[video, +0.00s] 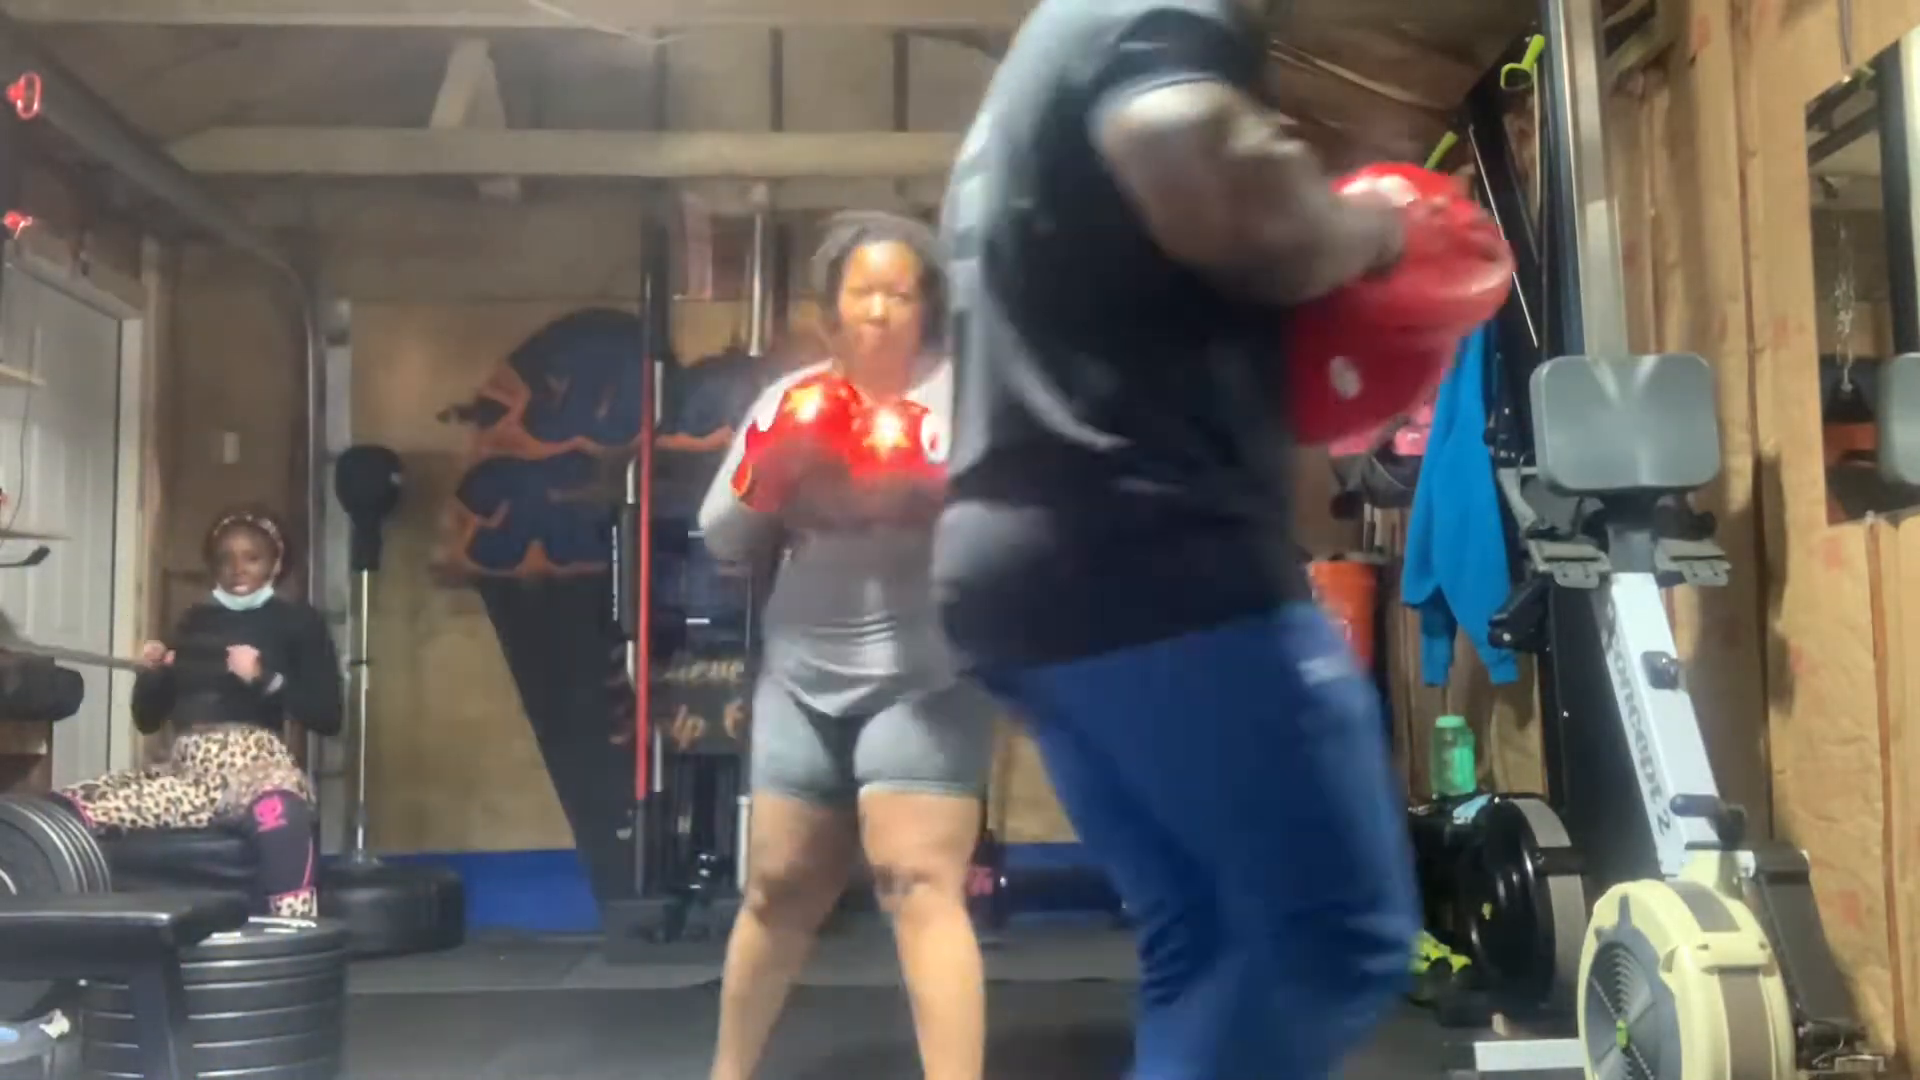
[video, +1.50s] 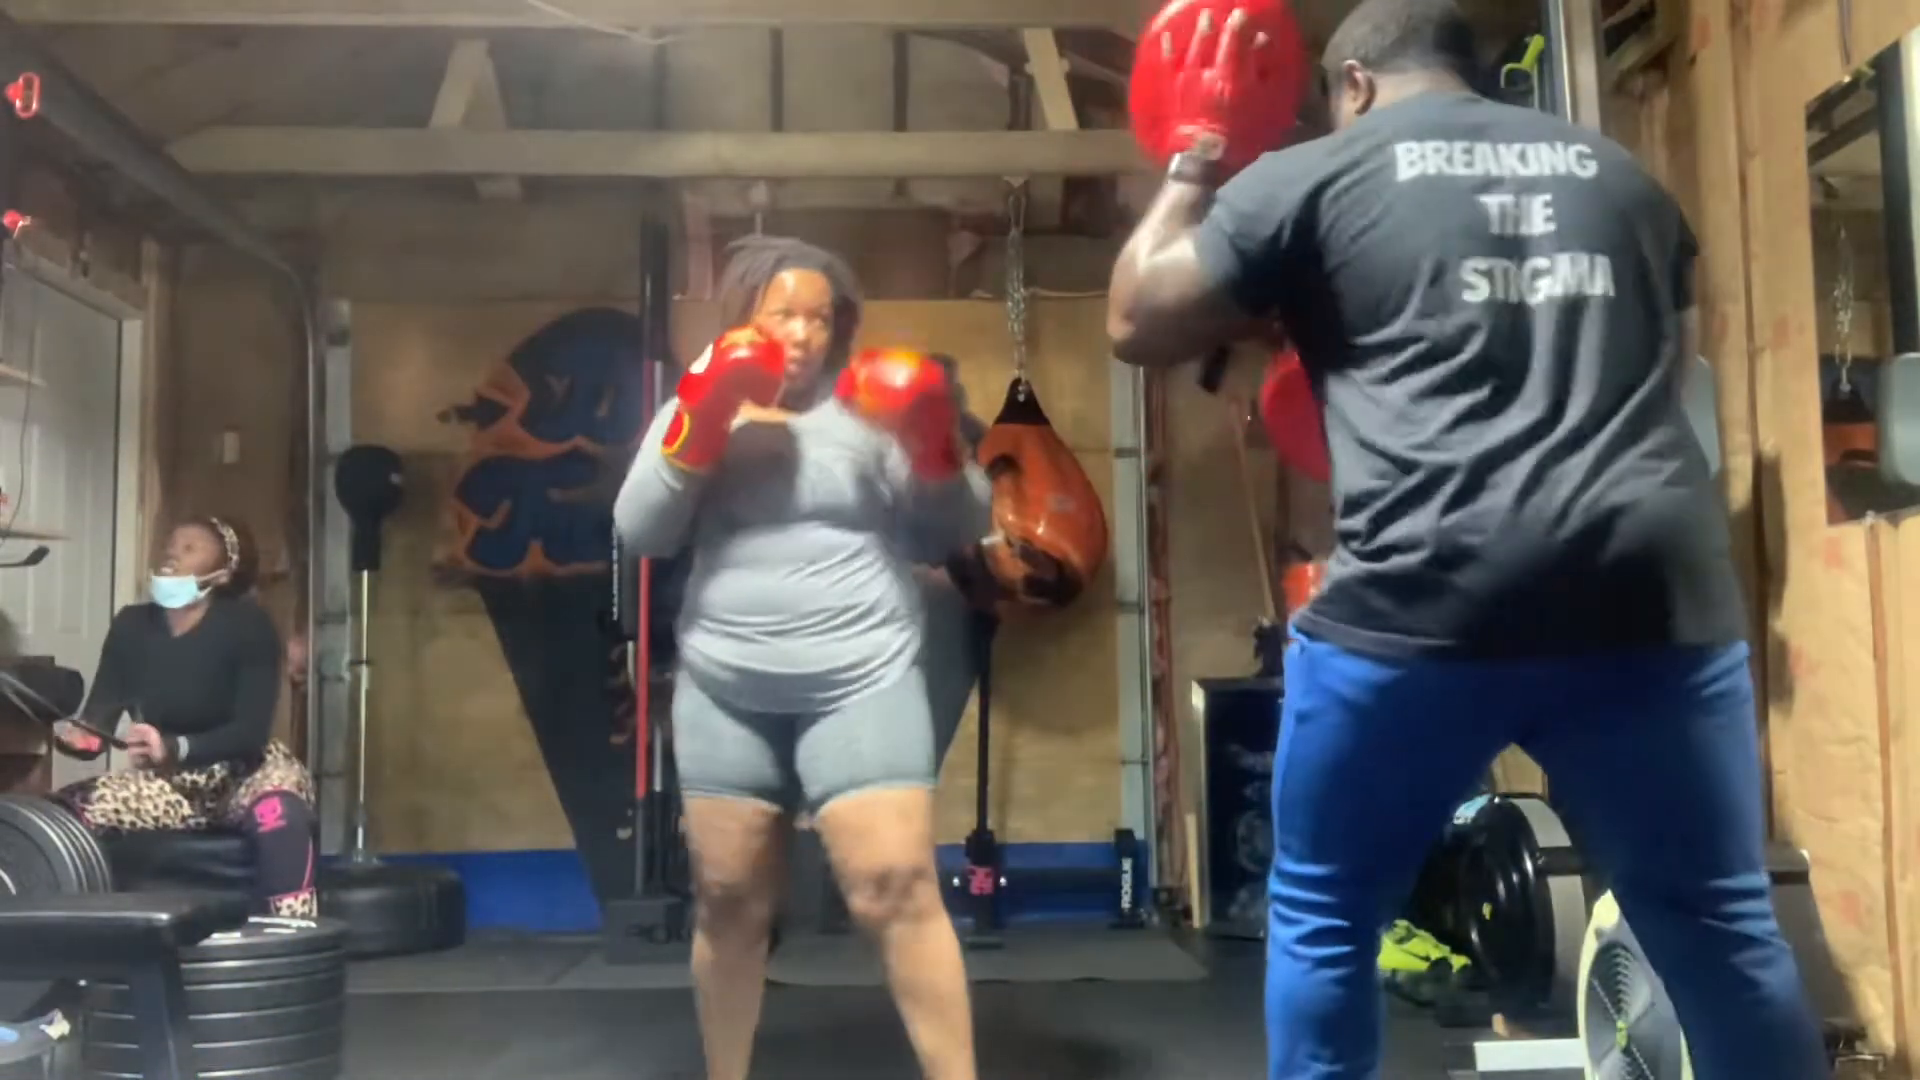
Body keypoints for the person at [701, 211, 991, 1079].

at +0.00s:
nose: (878, 311)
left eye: (896, 293)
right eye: (861, 293)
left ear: (928, 307)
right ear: (829, 309)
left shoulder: (963, 398)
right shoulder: (792, 400)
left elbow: (1017, 507)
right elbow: (723, 539)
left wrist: (921, 491)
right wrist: (774, 466)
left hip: (923, 676)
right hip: (799, 676)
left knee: (921, 885)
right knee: (774, 892)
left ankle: (954, 1074)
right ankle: (729, 1071)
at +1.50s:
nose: (804, 335)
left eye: (821, 319)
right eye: (785, 316)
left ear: (841, 330)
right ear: (744, 324)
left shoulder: (875, 411)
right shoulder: (699, 411)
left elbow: (954, 534)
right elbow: (640, 534)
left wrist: (929, 432)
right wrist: (702, 422)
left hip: (863, 680)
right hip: (722, 685)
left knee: (896, 886)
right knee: (725, 897)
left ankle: (955, 1075)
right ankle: (725, 1075)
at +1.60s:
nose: (814, 309)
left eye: (832, 293)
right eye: (795, 290)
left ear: (858, 307)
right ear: (752, 299)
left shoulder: (901, 379)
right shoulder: (721, 394)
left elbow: (1013, 435)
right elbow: (649, 506)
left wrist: (998, 330)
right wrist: (717, 389)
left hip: (883, 674)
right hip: (745, 675)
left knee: (902, 889)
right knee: (746, 900)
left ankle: (955, 1074)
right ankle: (730, 1072)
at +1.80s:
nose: (864, 326)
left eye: (883, 311)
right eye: (847, 306)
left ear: (905, 322)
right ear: (805, 307)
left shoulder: (936, 392)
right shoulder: (745, 390)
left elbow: (1050, 474)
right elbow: (698, 528)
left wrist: (1045, 411)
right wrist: (782, 432)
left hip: (922, 679)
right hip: (777, 680)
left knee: (947, 898)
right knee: (764, 912)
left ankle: (967, 1072)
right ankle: (735, 1072)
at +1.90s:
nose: (899, 354)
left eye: (914, 334)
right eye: (877, 334)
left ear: (934, 343)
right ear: (831, 340)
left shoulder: (973, 434)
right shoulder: (780, 429)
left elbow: (1029, 573)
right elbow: (722, 586)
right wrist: (801, 524)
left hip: (935, 713)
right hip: (784, 709)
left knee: (969, 920)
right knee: (742, 939)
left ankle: (974, 1074)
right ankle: (704, 1062)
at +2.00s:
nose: (920, 395)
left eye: (934, 374)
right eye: (897, 375)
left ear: (952, 380)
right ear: (850, 382)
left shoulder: (994, 467)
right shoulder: (798, 471)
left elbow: (1034, 596)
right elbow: (747, 634)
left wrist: (1057, 574)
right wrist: (831, 583)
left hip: (939, 742)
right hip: (779, 734)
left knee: (998, 933)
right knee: (730, 928)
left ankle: (979, 1076)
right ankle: (628, 1070)